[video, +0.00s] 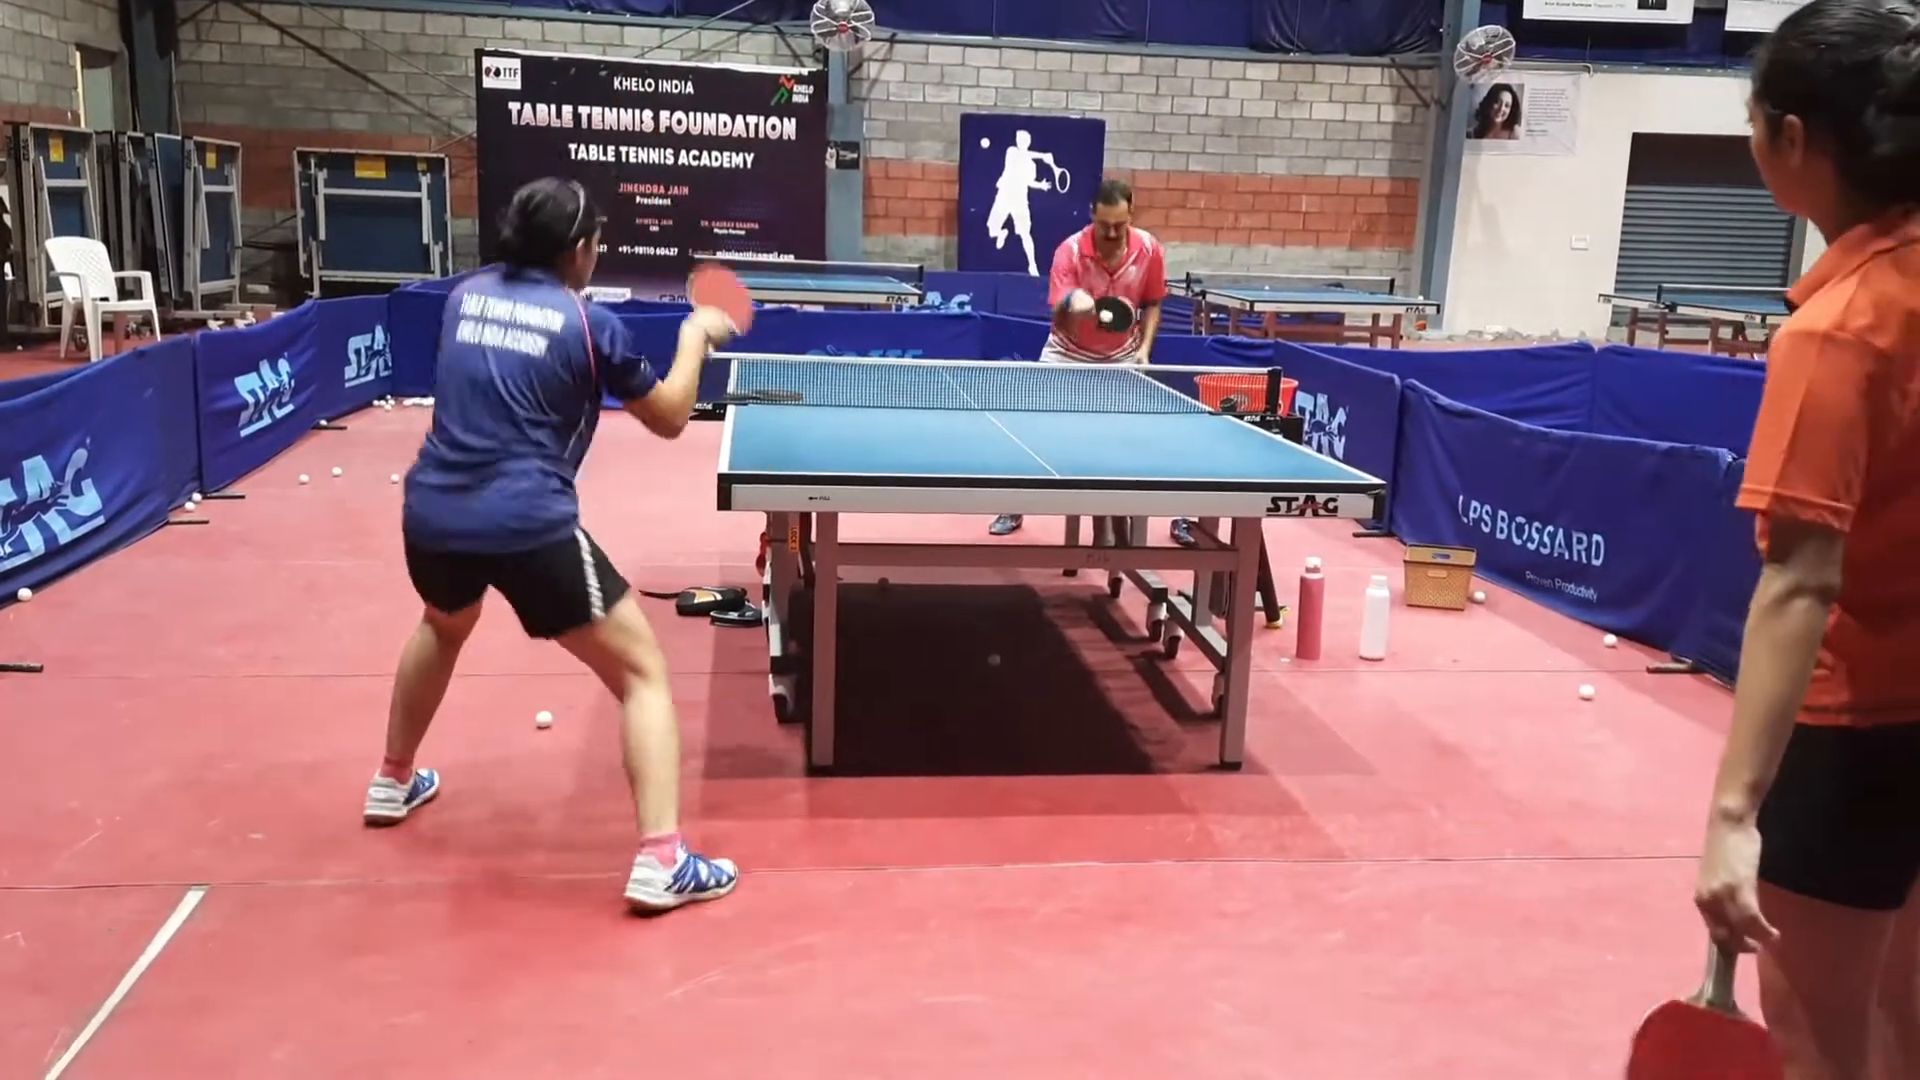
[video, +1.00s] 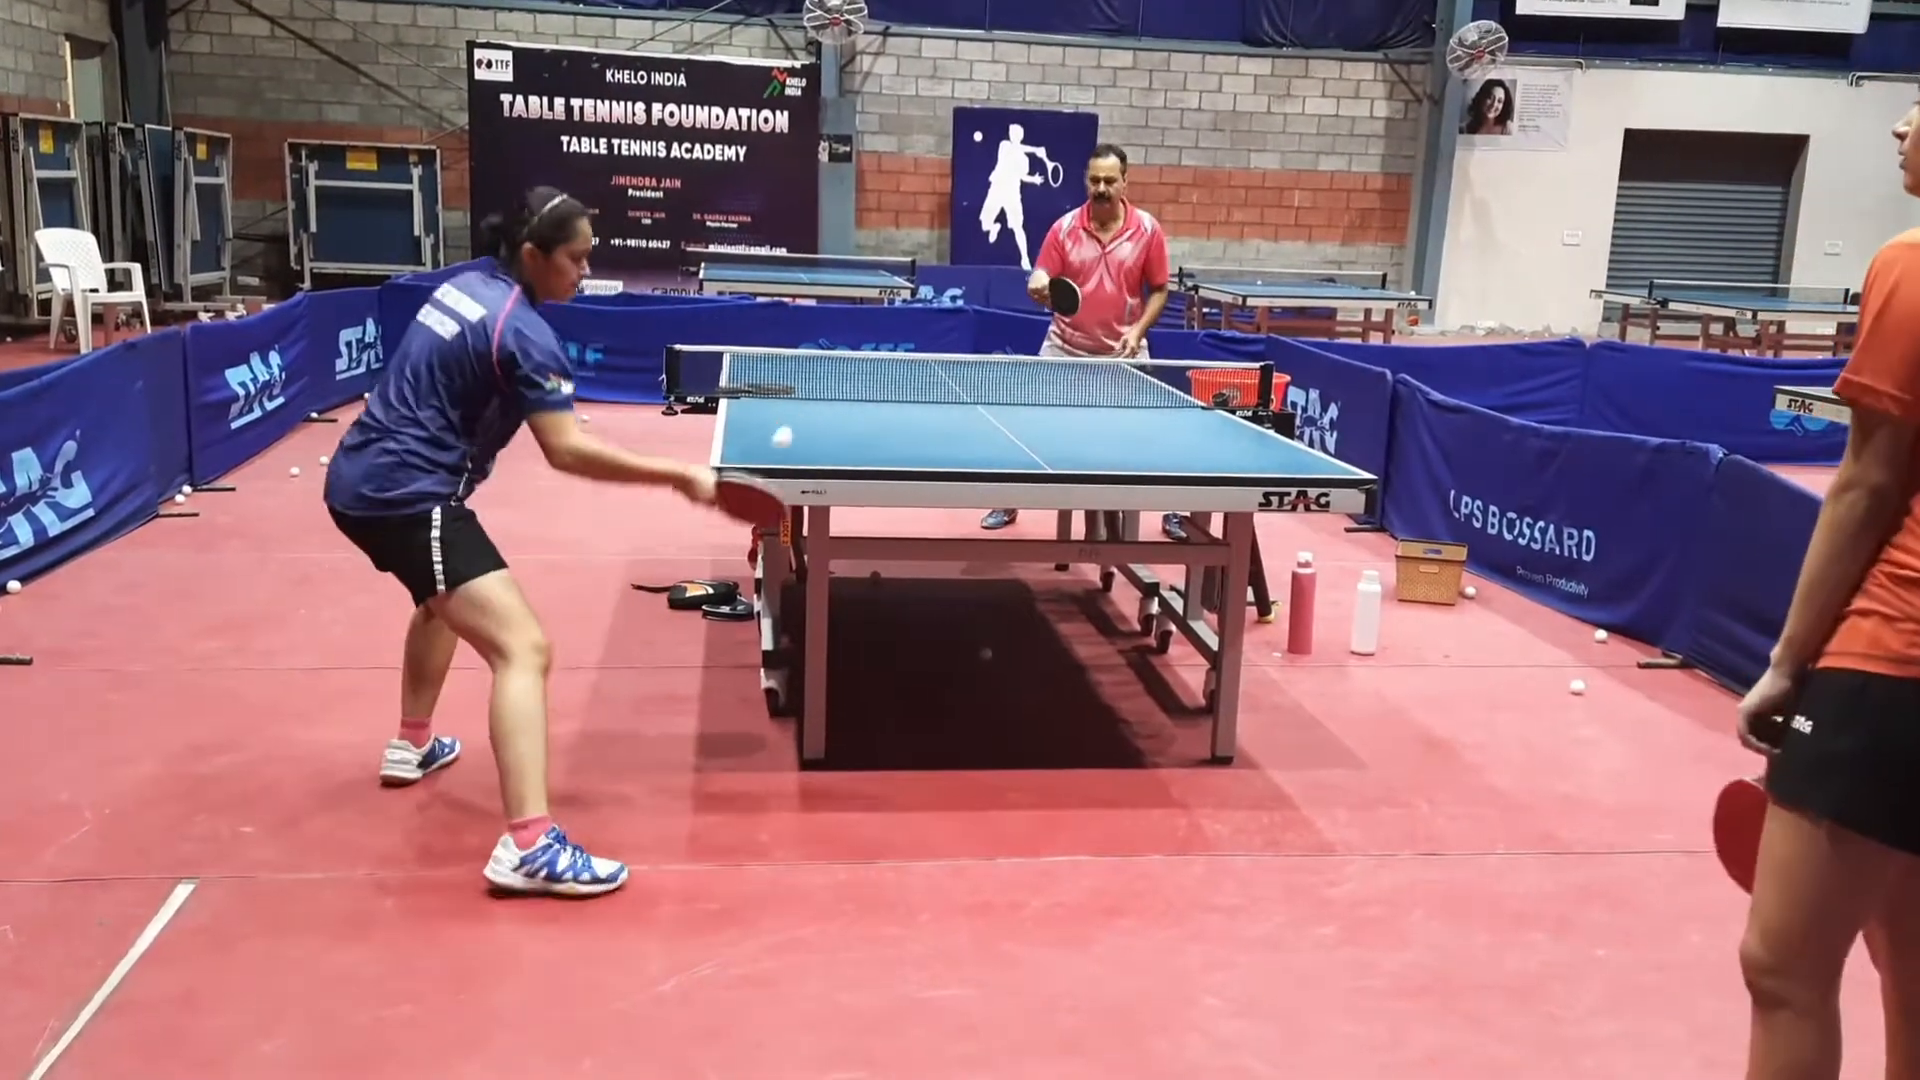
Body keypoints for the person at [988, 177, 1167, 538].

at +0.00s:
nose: (1112, 231)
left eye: (1119, 224)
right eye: (1104, 223)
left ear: (1131, 216)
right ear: (1092, 215)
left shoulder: (1149, 250)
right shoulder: (1070, 251)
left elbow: (1153, 304)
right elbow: (1061, 310)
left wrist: (1144, 349)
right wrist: (1080, 302)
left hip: (1123, 355)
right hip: (1065, 352)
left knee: (1150, 426)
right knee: (1033, 419)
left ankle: (1182, 514)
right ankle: (1013, 505)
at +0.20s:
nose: (1116, 189)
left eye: (1124, 182)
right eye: (1109, 181)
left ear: (1137, 185)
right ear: (1098, 184)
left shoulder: (1155, 234)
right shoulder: (1078, 233)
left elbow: (1159, 292)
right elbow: (1060, 297)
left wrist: (1139, 341)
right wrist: (1070, 287)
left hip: (1130, 353)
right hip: (1070, 350)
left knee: (1151, 431)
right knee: (1035, 418)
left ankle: (1182, 512)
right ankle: (1013, 504)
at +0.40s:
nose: (1116, 174)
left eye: (1124, 167)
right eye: (1109, 167)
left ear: (1138, 173)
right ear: (1100, 171)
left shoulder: (1159, 225)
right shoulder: (1078, 223)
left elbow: (1168, 287)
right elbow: (1059, 284)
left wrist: (1144, 332)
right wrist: (1067, 286)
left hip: (1138, 347)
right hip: (1079, 344)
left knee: (1157, 430)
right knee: (1042, 418)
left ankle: (1181, 510)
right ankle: (1013, 502)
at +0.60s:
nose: (1110, 186)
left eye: (1118, 179)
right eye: (1103, 179)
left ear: (1132, 183)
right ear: (1094, 182)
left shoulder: (1155, 231)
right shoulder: (1073, 231)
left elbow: (1167, 291)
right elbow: (1054, 285)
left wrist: (1146, 331)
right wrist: (1058, 294)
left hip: (1136, 352)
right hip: (1074, 349)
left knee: (1168, 426)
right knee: (1033, 416)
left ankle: (1180, 511)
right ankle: (1012, 502)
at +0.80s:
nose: (1102, 188)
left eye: (1110, 181)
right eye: (1095, 180)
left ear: (1125, 182)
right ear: (1086, 182)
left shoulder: (1148, 230)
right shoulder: (1065, 228)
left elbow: (1160, 290)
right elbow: (1046, 282)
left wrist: (1142, 331)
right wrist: (1050, 293)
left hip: (1128, 351)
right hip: (1066, 347)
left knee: (1155, 426)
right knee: (1030, 416)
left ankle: (1176, 508)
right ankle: (1009, 501)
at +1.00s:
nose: (1101, 188)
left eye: (1109, 181)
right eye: (1094, 181)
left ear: (1124, 182)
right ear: (1086, 182)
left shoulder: (1147, 229)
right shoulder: (1065, 227)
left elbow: (1160, 289)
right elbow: (1040, 279)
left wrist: (1139, 328)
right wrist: (1040, 290)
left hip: (1124, 350)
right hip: (1064, 346)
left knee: (1153, 424)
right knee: (1027, 414)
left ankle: (1176, 508)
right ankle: (1007, 500)